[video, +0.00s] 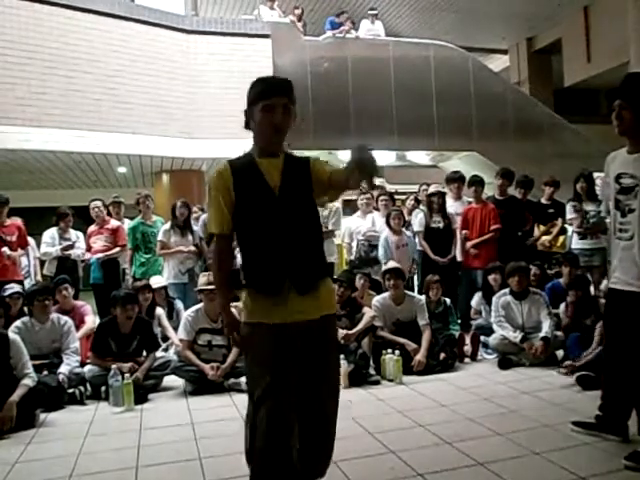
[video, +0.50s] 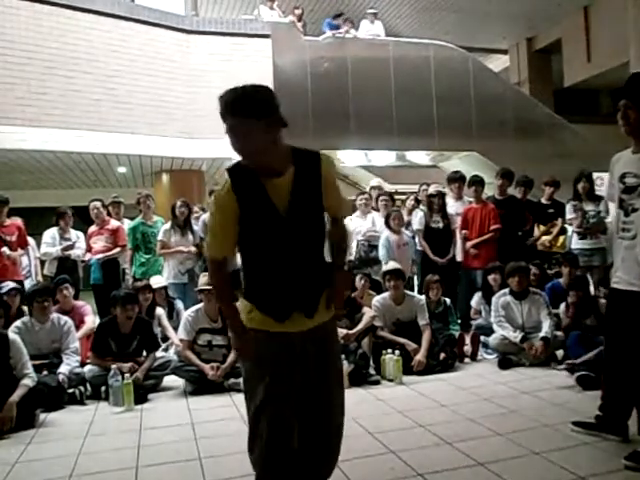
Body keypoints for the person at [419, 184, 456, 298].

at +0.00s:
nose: (437, 200)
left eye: (440, 197)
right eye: (434, 196)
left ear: (443, 199)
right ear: (429, 199)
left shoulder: (449, 216)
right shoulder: (423, 216)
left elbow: (454, 236)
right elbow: (421, 238)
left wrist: (452, 253)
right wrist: (433, 256)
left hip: (447, 258)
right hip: (429, 258)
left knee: (448, 291)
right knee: (429, 290)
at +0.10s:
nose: (437, 200)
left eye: (440, 197)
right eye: (433, 196)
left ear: (443, 199)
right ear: (429, 199)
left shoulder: (449, 216)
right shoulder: (423, 216)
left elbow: (454, 236)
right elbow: (420, 238)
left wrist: (451, 254)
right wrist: (433, 256)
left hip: (447, 259)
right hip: (429, 259)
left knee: (448, 292)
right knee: (429, 291)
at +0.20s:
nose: (437, 200)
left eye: (440, 197)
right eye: (433, 196)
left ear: (443, 199)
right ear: (429, 199)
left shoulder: (449, 216)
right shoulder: (423, 216)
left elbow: (454, 236)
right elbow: (421, 238)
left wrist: (451, 254)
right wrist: (432, 256)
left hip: (448, 259)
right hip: (430, 259)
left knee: (449, 292)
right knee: (429, 291)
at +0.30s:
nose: (436, 200)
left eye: (439, 197)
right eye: (433, 196)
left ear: (443, 199)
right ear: (428, 199)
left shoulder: (448, 216)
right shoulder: (423, 216)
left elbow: (454, 236)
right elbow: (420, 238)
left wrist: (451, 254)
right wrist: (432, 256)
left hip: (447, 259)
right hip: (430, 258)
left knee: (448, 291)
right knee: (429, 290)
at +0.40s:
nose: (436, 200)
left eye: (439, 197)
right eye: (433, 196)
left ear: (443, 199)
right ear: (428, 199)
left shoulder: (448, 216)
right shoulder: (423, 216)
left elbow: (454, 236)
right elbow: (420, 238)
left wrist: (451, 254)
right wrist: (432, 256)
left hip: (447, 259)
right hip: (429, 258)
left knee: (448, 291)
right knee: (429, 290)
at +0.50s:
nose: (437, 201)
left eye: (440, 197)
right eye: (433, 197)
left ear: (443, 200)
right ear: (429, 199)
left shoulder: (448, 217)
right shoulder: (423, 216)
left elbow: (453, 236)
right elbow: (420, 238)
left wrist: (450, 254)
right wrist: (433, 256)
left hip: (447, 259)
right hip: (429, 258)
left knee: (447, 291)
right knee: (428, 290)